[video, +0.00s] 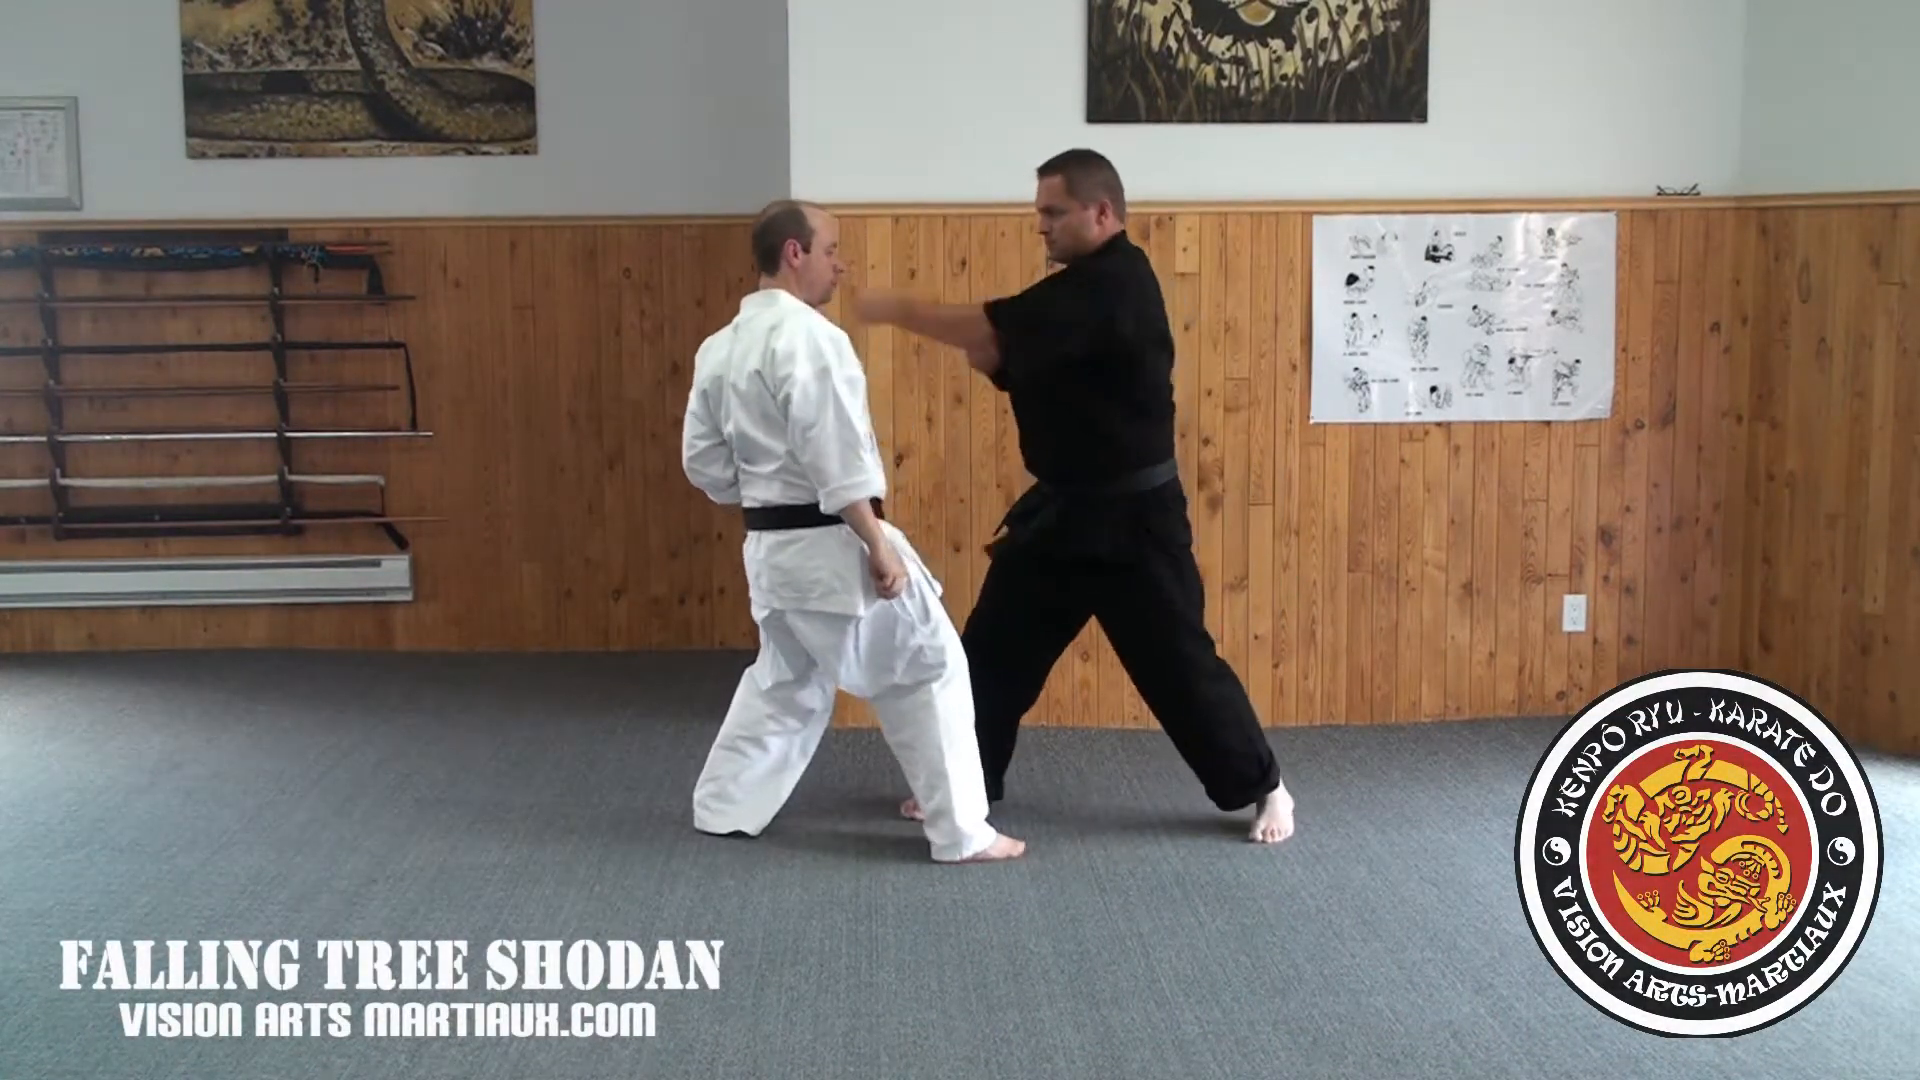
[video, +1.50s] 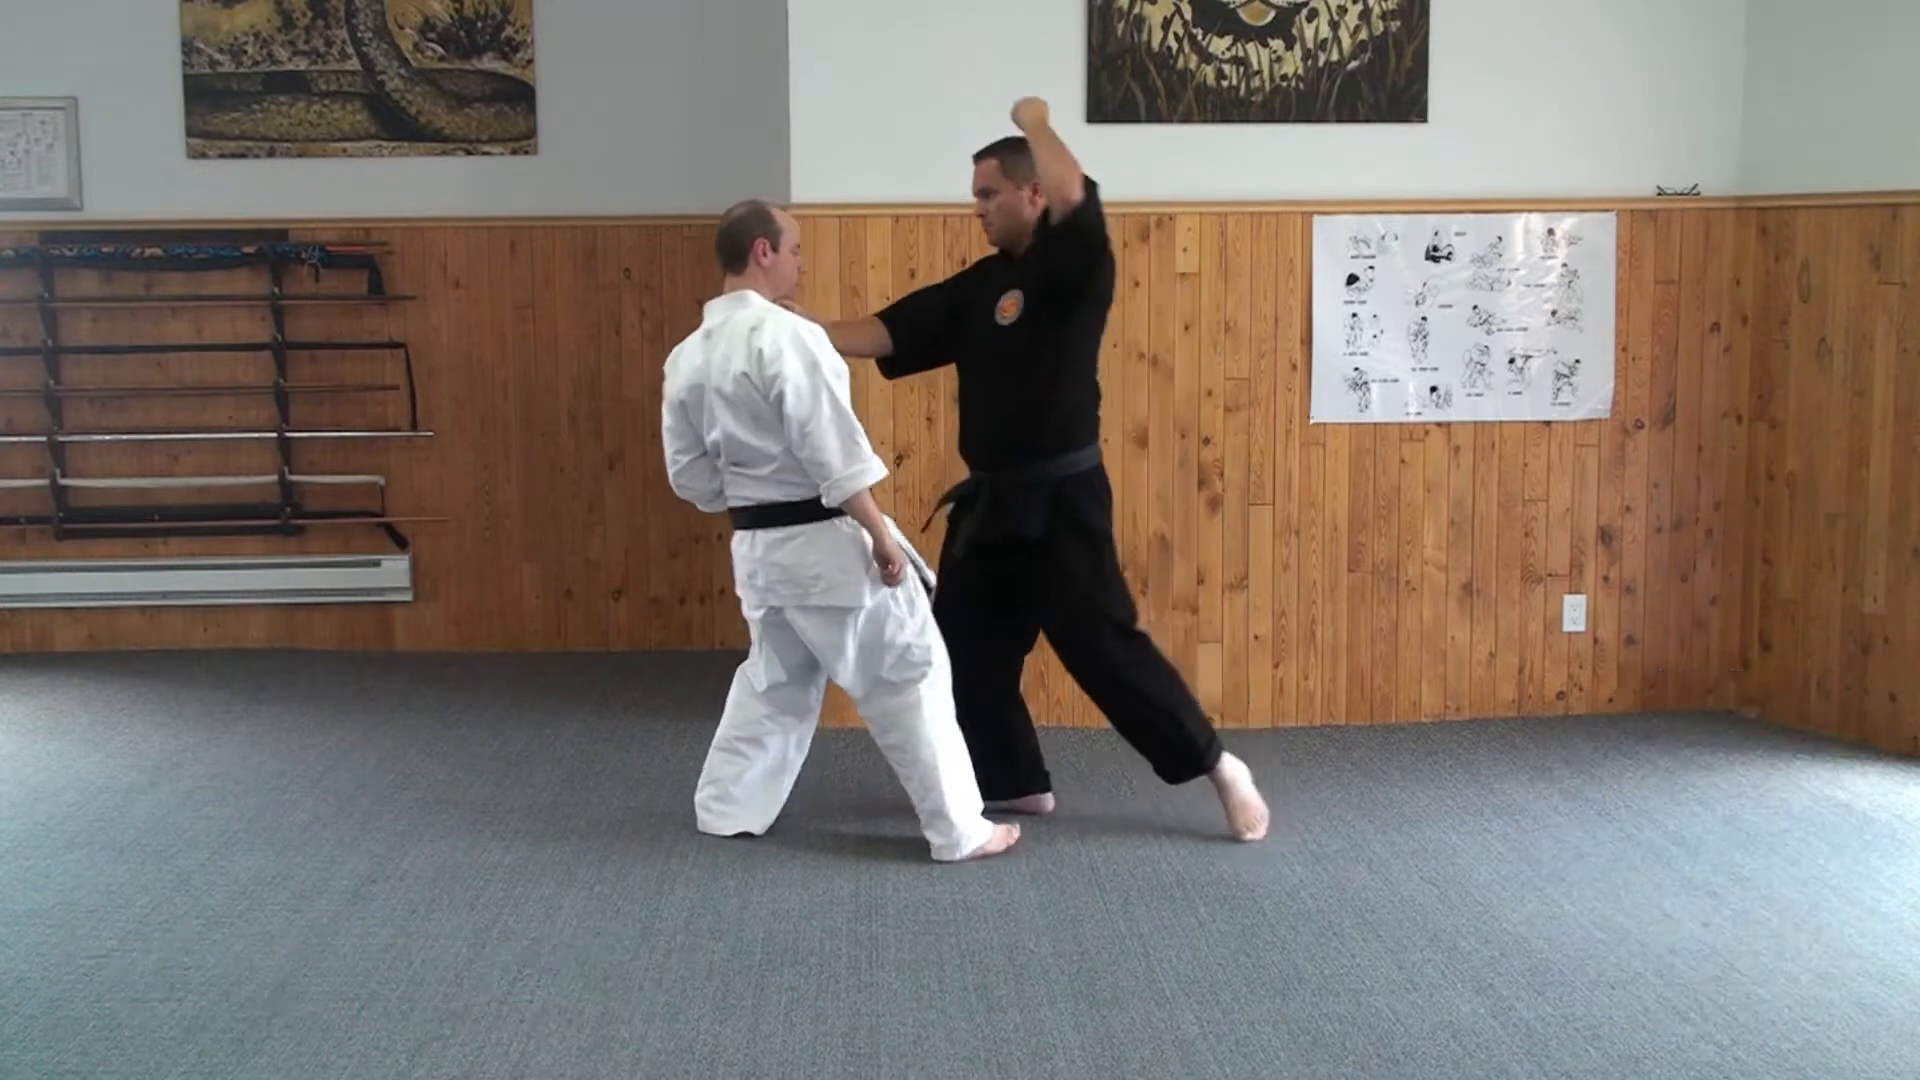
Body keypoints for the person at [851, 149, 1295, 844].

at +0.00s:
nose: (1040, 225)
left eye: (1052, 213)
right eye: (1040, 213)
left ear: (1101, 214)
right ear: (1091, 218)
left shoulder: (1112, 281)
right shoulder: (1079, 283)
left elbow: (994, 324)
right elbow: (1019, 371)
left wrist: (893, 309)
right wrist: (978, 350)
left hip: (1133, 509)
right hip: (1061, 506)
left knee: (1177, 660)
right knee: (993, 651)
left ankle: (1265, 787)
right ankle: (964, 785)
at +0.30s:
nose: (1045, 243)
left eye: (1058, 230)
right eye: (1042, 229)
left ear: (1107, 229)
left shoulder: (1171, 303)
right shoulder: (1035, 306)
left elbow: (1157, 409)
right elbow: (933, 319)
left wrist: (1056, 378)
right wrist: (870, 304)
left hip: (1145, 528)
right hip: (1046, 524)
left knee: (1202, 665)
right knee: (974, 650)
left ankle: (1260, 797)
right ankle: (944, 785)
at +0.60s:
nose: (1048, 244)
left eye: (1061, 231)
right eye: (1045, 231)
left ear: (1111, 231)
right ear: (1047, 232)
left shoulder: (1171, 310)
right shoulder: (1033, 307)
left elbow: (1153, 415)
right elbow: (929, 321)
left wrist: (1053, 380)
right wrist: (851, 315)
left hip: (1141, 533)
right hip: (1042, 528)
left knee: (1195, 669)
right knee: (970, 651)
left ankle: (1258, 798)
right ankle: (946, 786)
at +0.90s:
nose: (1050, 236)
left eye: (1063, 223)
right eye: (1047, 223)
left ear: (1111, 223)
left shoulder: (1185, 308)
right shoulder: (1030, 306)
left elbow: (1203, 413)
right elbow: (923, 335)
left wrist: (1106, 379)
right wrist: (842, 327)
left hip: (1146, 528)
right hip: (1046, 524)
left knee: (1198, 668)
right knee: (978, 655)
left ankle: (1258, 798)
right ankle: (949, 787)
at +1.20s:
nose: (1032, 212)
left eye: (1043, 199)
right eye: (1030, 200)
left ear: (1090, 196)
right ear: (1070, 201)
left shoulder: (1160, 272)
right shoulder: (1027, 292)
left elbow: (1219, 302)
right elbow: (926, 354)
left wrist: (1131, 237)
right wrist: (833, 345)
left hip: (1143, 507)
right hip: (1049, 511)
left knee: (1189, 649)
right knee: (984, 639)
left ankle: (1258, 792)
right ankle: (1016, 777)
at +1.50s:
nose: (977, 207)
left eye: (987, 193)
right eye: (975, 196)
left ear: (1033, 193)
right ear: (992, 202)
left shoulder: (1072, 262)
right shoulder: (976, 287)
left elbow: (1073, 197)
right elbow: (883, 333)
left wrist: (1037, 130)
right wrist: (792, 333)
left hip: (1063, 491)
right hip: (991, 495)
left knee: (1101, 642)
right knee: (967, 644)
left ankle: (1218, 767)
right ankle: (1017, 784)